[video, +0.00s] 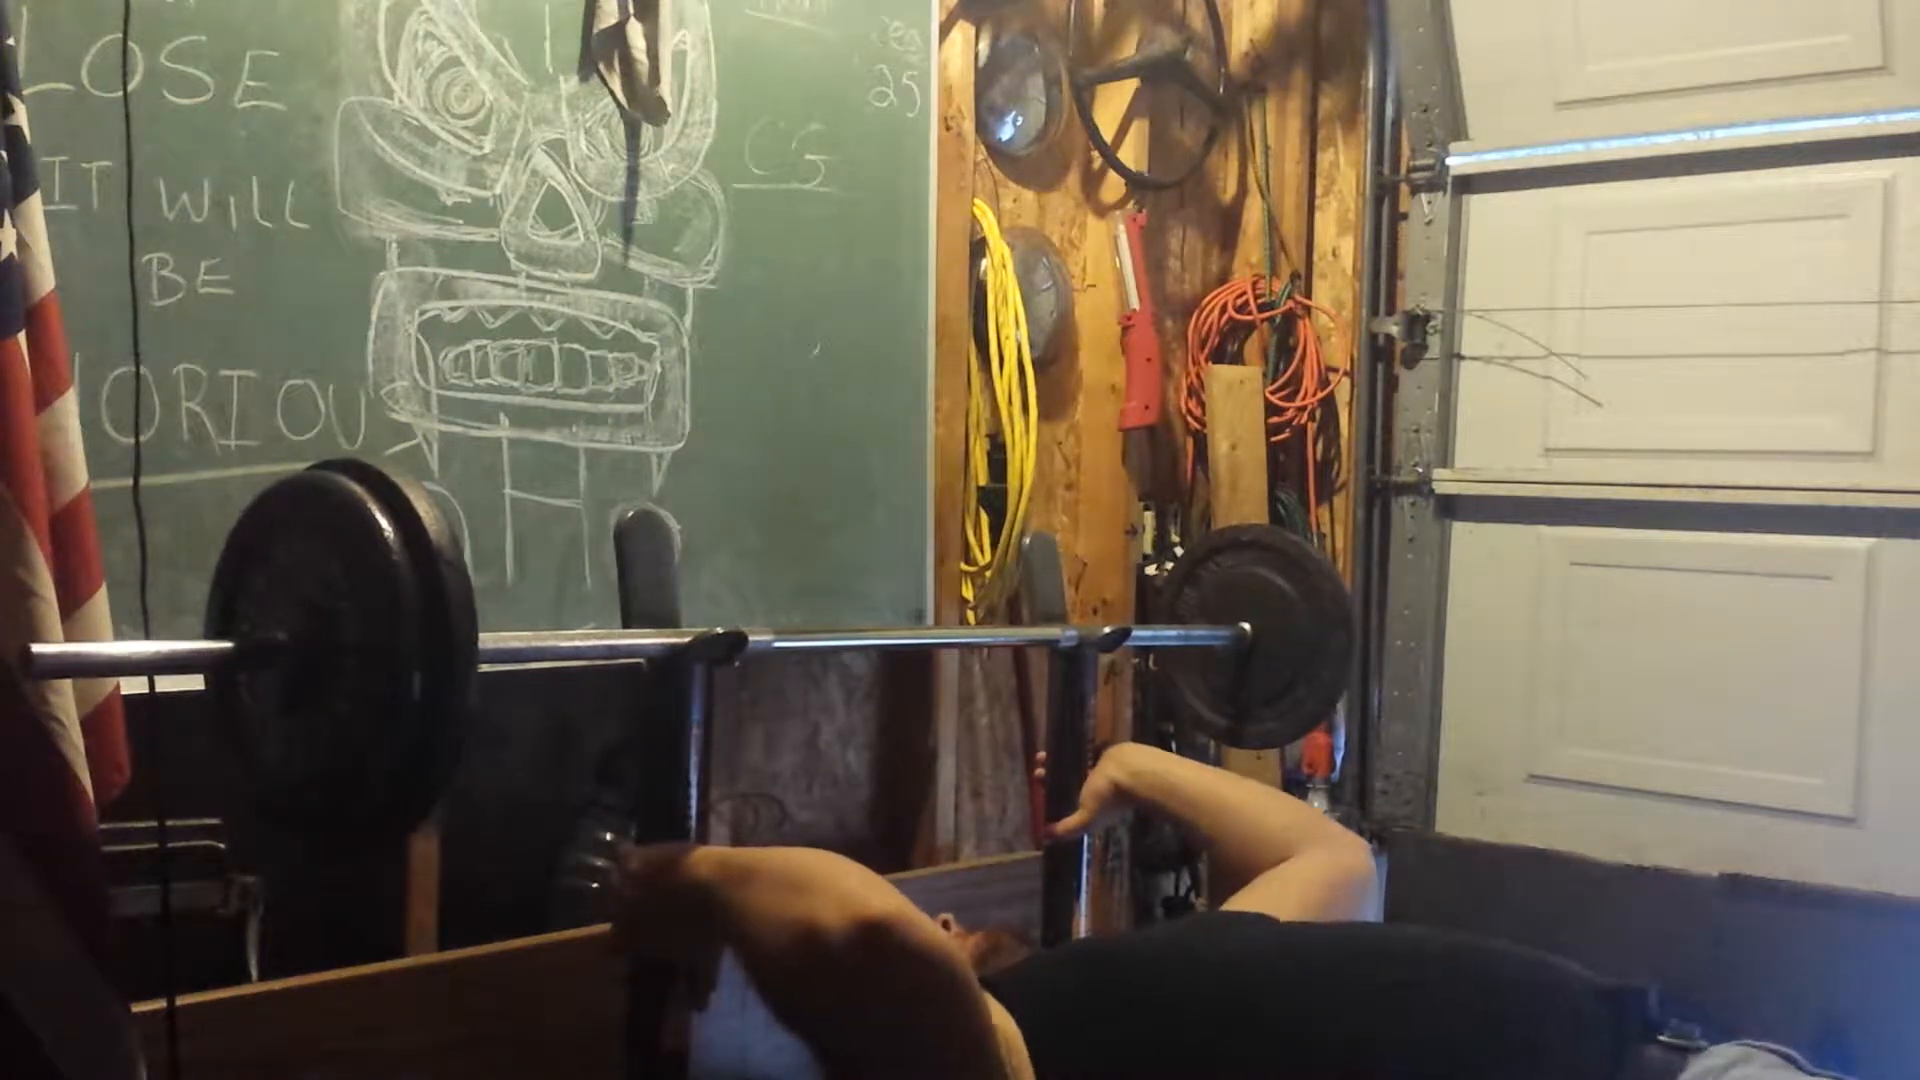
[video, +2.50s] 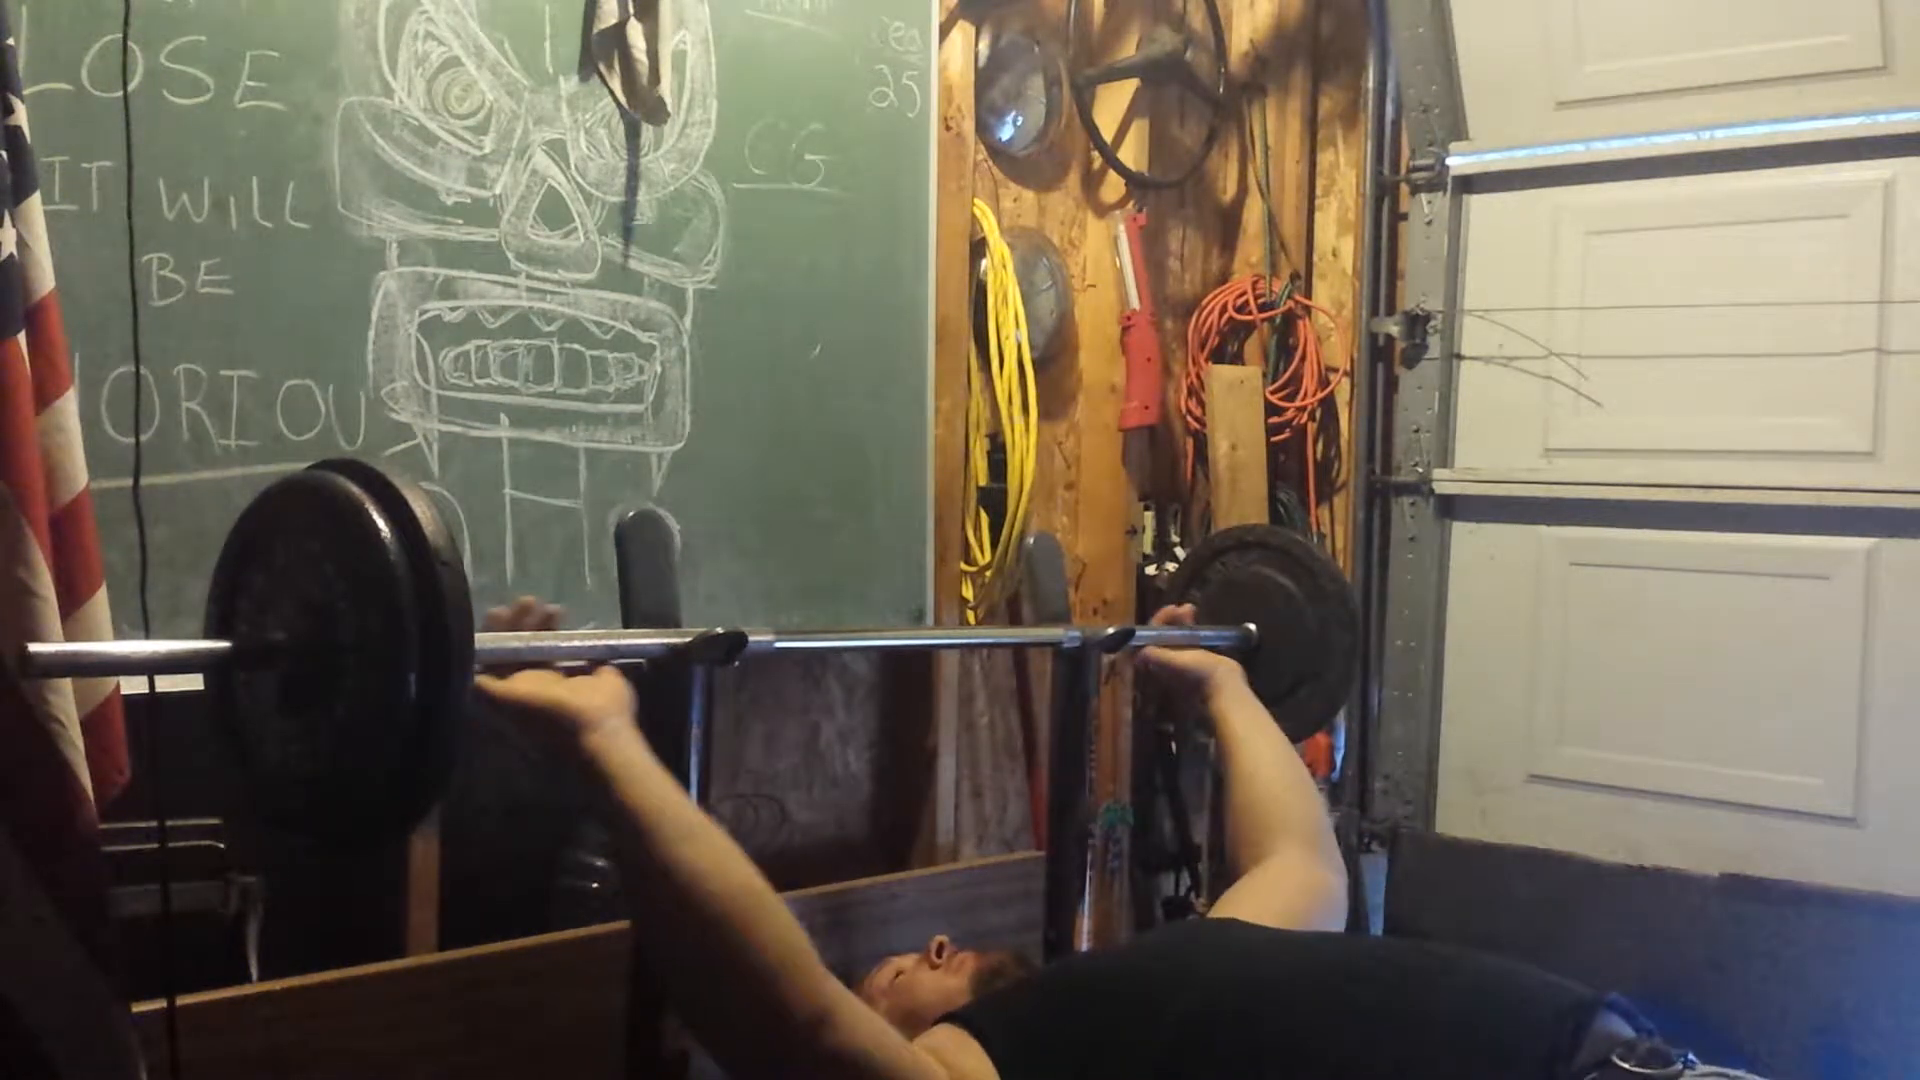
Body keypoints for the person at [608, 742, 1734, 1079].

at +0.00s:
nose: (942, 915)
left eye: (920, 906)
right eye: (898, 928)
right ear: (838, 1023)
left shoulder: (1139, 985)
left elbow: (1333, 857)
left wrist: (1140, 765)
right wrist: (684, 881)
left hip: (1666, 1050)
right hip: (1658, 1072)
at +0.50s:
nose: (967, 905)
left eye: (951, 899)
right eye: (926, 924)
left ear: (992, 914)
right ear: (908, 993)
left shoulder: (1179, 977)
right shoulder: (991, 1058)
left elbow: (1349, 861)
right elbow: (899, 956)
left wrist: (1145, 780)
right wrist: (685, 874)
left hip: (1666, 1045)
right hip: (1579, 1067)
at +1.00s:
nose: (933, 921)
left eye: (922, 912)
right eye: (901, 941)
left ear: (958, 925)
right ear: (892, 998)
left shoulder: (1187, 965)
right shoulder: (986, 1060)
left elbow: (1329, 874)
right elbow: (874, 993)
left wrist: (1144, 785)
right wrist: (695, 878)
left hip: (1674, 1045)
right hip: (1586, 1073)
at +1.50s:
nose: (923, 942)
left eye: (917, 932)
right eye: (893, 959)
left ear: (956, 940)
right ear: (887, 1016)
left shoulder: (1166, 967)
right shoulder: (991, 1060)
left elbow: (1337, 898)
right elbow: (871, 1016)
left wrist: (1154, 798)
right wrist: (707, 891)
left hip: (1658, 1045)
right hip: (1567, 1067)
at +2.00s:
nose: (925, 946)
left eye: (915, 945)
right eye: (892, 971)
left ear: (963, 956)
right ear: (878, 1034)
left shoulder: (1156, 975)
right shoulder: (946, 1068)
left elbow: (1333, 891)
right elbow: (806, 1021)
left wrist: (1176, 749)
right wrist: (656, 812)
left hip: (1639, 1044)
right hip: (1544, 1076)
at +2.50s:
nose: (912, 953)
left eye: (913, 951)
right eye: (886, 975)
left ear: (969, 965)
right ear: (885, 1035)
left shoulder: (1157, 981)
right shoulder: (955, 1072)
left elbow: (1293, 858)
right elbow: (797, 1009)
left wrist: (1224, 684)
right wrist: (608, 736)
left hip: (1667, 1047)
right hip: (1571, 1061)